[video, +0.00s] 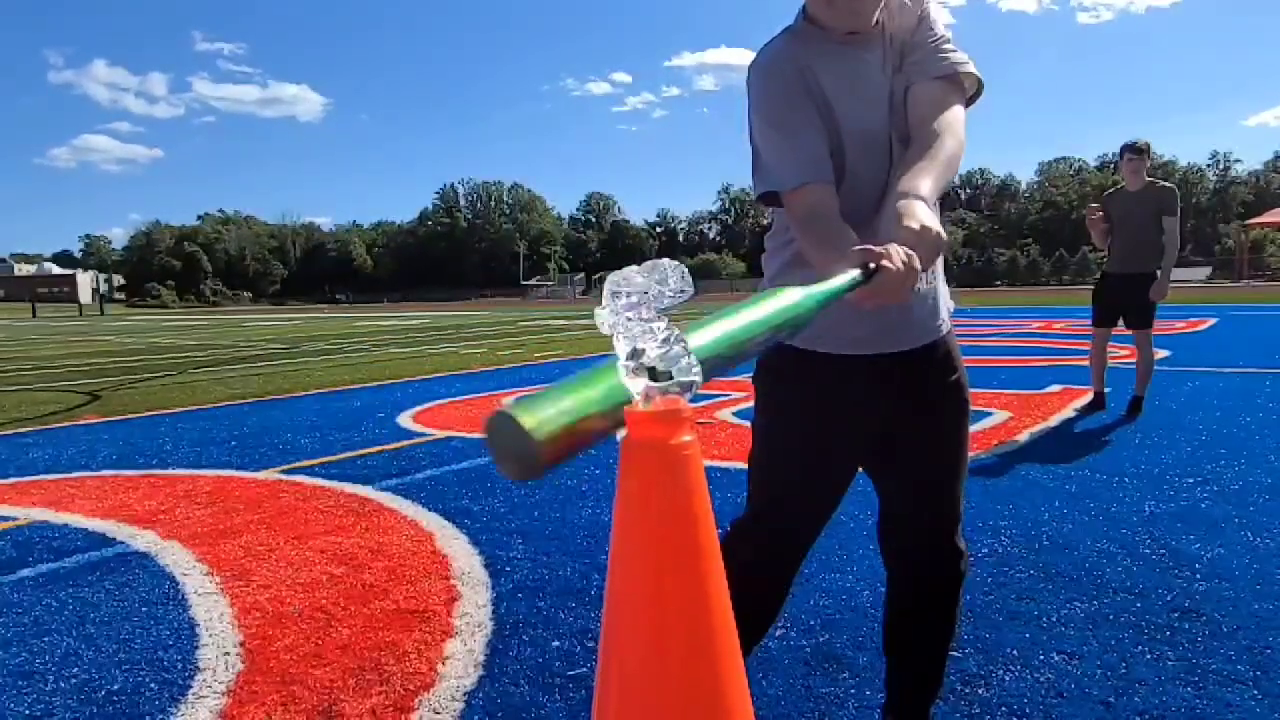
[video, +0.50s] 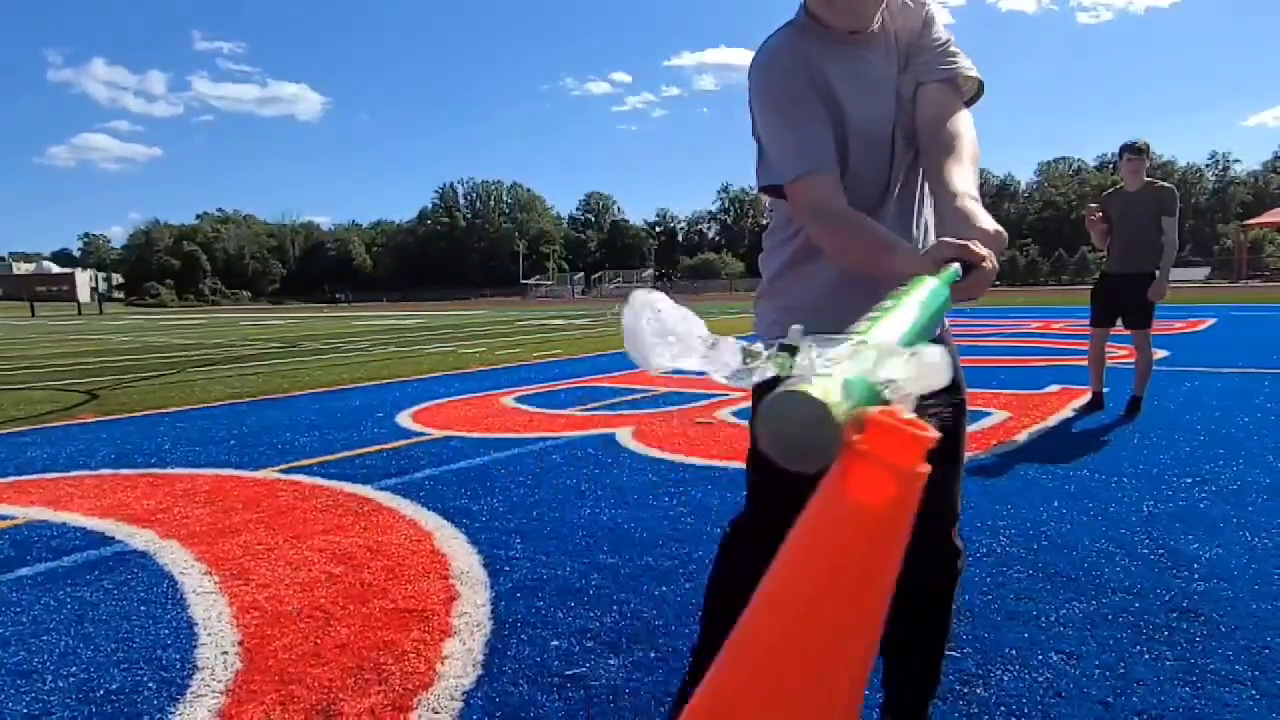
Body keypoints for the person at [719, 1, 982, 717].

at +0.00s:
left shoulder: (922, 23)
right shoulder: (781, 68)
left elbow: (944, 124)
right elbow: (810, 212)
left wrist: (916, 195)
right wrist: (855, 264)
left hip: (920, 357)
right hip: (814, 362)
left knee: (930, 559)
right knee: (765, 551)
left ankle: (908, 712)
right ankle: (684, 693)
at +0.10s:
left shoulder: (921, 22)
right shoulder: (781, 68)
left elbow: (947, 122)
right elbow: (813, 214)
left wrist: (923, 197)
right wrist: (872, 264)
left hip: (921, 360)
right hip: (816, 367)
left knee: (930, 566)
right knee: (760, 570)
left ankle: (909, 712)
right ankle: (691, 698)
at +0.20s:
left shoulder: (918, 21)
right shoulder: (781, 68)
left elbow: (949, 123)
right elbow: (816, 212)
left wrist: (926, 195)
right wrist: (876, 264)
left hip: (921, 355)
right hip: (817, 363)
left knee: (929, 565)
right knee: (759, 571)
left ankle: (909, 712)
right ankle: (698, 700)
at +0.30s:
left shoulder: (920, 21)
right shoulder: (782, 66)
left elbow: (950, 121)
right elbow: (818, 210)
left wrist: (938, 195)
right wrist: (894, 267)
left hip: (918, 346)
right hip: (807, 357)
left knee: (929, 560)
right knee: (778, 561)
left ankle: (909, 712)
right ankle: (748, 706)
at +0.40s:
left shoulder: (916, 19)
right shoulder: (783, 64)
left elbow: (948, 124)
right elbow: (818, 209)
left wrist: (945, 197)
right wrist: (896, 265)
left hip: (915, 339)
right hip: (807, 347)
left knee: (927, 554)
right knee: (769, 540)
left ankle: (907, 712)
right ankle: (719, 699)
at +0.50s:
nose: (867, 0)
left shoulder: (916, 20)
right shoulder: (783, 62)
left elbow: (946, 122)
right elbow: (821, 211)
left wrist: (961, 202)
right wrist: (912, 265)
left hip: (914, 328)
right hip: (808, 336)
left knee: (930, 544)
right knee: (773, 534)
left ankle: (908, 706)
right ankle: (703, 702)